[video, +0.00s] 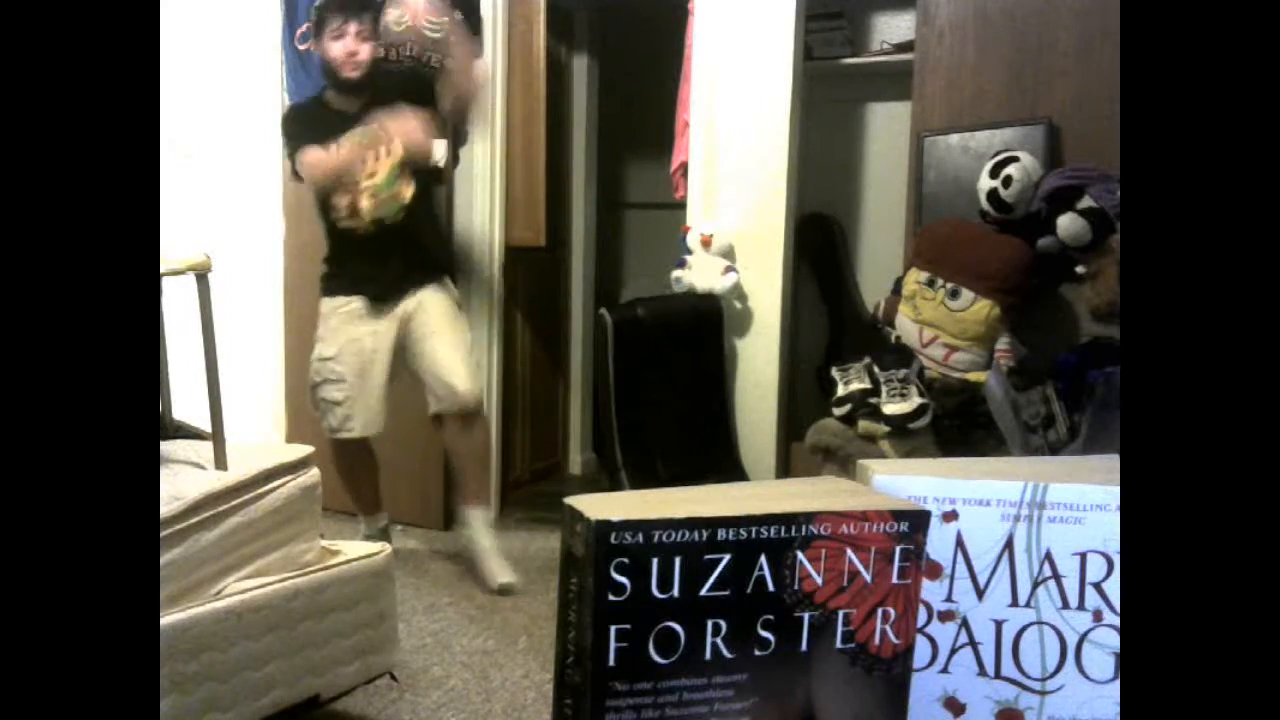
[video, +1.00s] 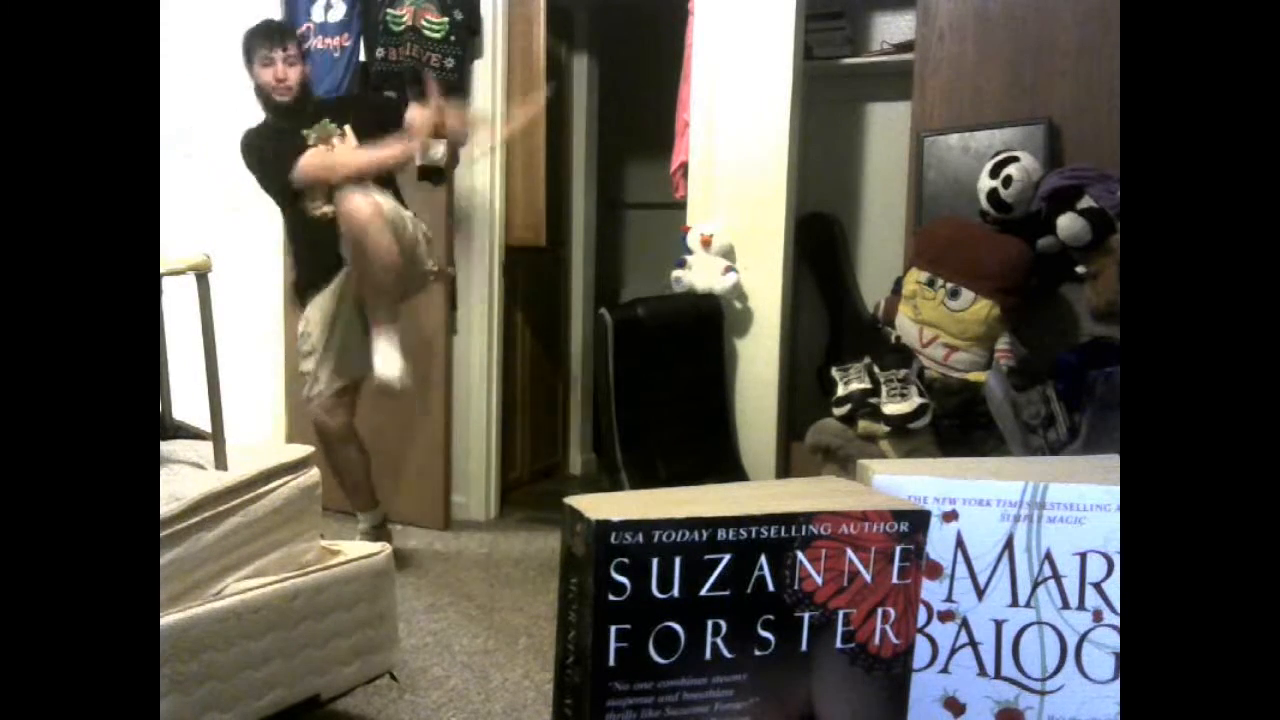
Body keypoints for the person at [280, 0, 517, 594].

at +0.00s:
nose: (352, 48)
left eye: (363, 36)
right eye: (339, 37)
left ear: (379, 42)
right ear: (318, 46)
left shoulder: (407, 88)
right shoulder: (304, 116)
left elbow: (465, 88)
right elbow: (315, 171)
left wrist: (448, 28)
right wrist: (385, 130)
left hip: (424, 278)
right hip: (351, 287)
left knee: (462, 399)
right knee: (346, 420)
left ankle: (476, 527)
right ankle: (375, 531)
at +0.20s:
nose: (355, 66)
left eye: (365, 52)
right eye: (342, 53)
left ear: (381, 53)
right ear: (319, 53)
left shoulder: (403, 120)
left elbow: (412, 222)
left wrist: (350, 267)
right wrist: (320, 259)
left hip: (407, 274)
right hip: (336, 285)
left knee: (447, 376)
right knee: (343, 419)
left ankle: (459, 518)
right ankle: (374, 528)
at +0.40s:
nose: (337, 71)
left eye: (348, 58)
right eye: (325, 59)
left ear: (365, 59)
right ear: (307, 59)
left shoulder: (389, 125)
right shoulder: (292, 116)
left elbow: (359, 216)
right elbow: (229, 146)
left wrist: (277, 232)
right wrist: (196, 142)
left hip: (393, 281)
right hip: (324, 291)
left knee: (411, 392)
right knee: (327, 419)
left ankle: (448, 504)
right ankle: (368, 526)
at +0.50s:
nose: (323, 65)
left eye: (333, 52)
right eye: (311, 53)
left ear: (350, 53)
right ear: (293, 56)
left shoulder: (377, 110)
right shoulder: (281, 111)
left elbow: (353, 193)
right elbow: (201, 115)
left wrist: (276, 214)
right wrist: (214, 78)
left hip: (392, 265)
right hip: (325, 284)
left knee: (399, 346)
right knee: (325, 410)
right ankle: (370, 513)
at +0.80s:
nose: (309, 59)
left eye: (318, 47)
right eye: (296, 49)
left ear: (336, 48)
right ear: (280, 55)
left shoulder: (362, 94)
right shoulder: (272, 110)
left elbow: (392, 130)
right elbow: (202, 126)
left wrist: (299, 154)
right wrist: (254, 117)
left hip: (382, 255)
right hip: (320, 287)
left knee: (418, 268)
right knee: (325, 417)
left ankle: (388, 385)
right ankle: (370, 521)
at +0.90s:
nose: (306, 62)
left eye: (314, 49)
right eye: (294, 52)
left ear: (331, 48)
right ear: (275, 56)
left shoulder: (365, 96)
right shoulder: (263, 123)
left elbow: (413, 124)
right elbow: (235, 164)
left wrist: (347, 150)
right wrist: (311, 159)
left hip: (378, 253)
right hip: (317, 287)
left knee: (407, 248)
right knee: (327, 420)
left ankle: (390, 366)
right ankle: (368, 518)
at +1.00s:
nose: (282, 74)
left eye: (290, 61)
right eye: (269, 64)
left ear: (305, 64)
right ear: (252, 73)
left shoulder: (353, 108)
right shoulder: (259, 142)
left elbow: (425, 119)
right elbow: (322, 169)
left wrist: (446, 120)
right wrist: (408, 143)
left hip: (391, 256)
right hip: (328, 285)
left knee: (357, 203)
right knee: (329, 418)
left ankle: (382, 329)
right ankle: (374, 525)